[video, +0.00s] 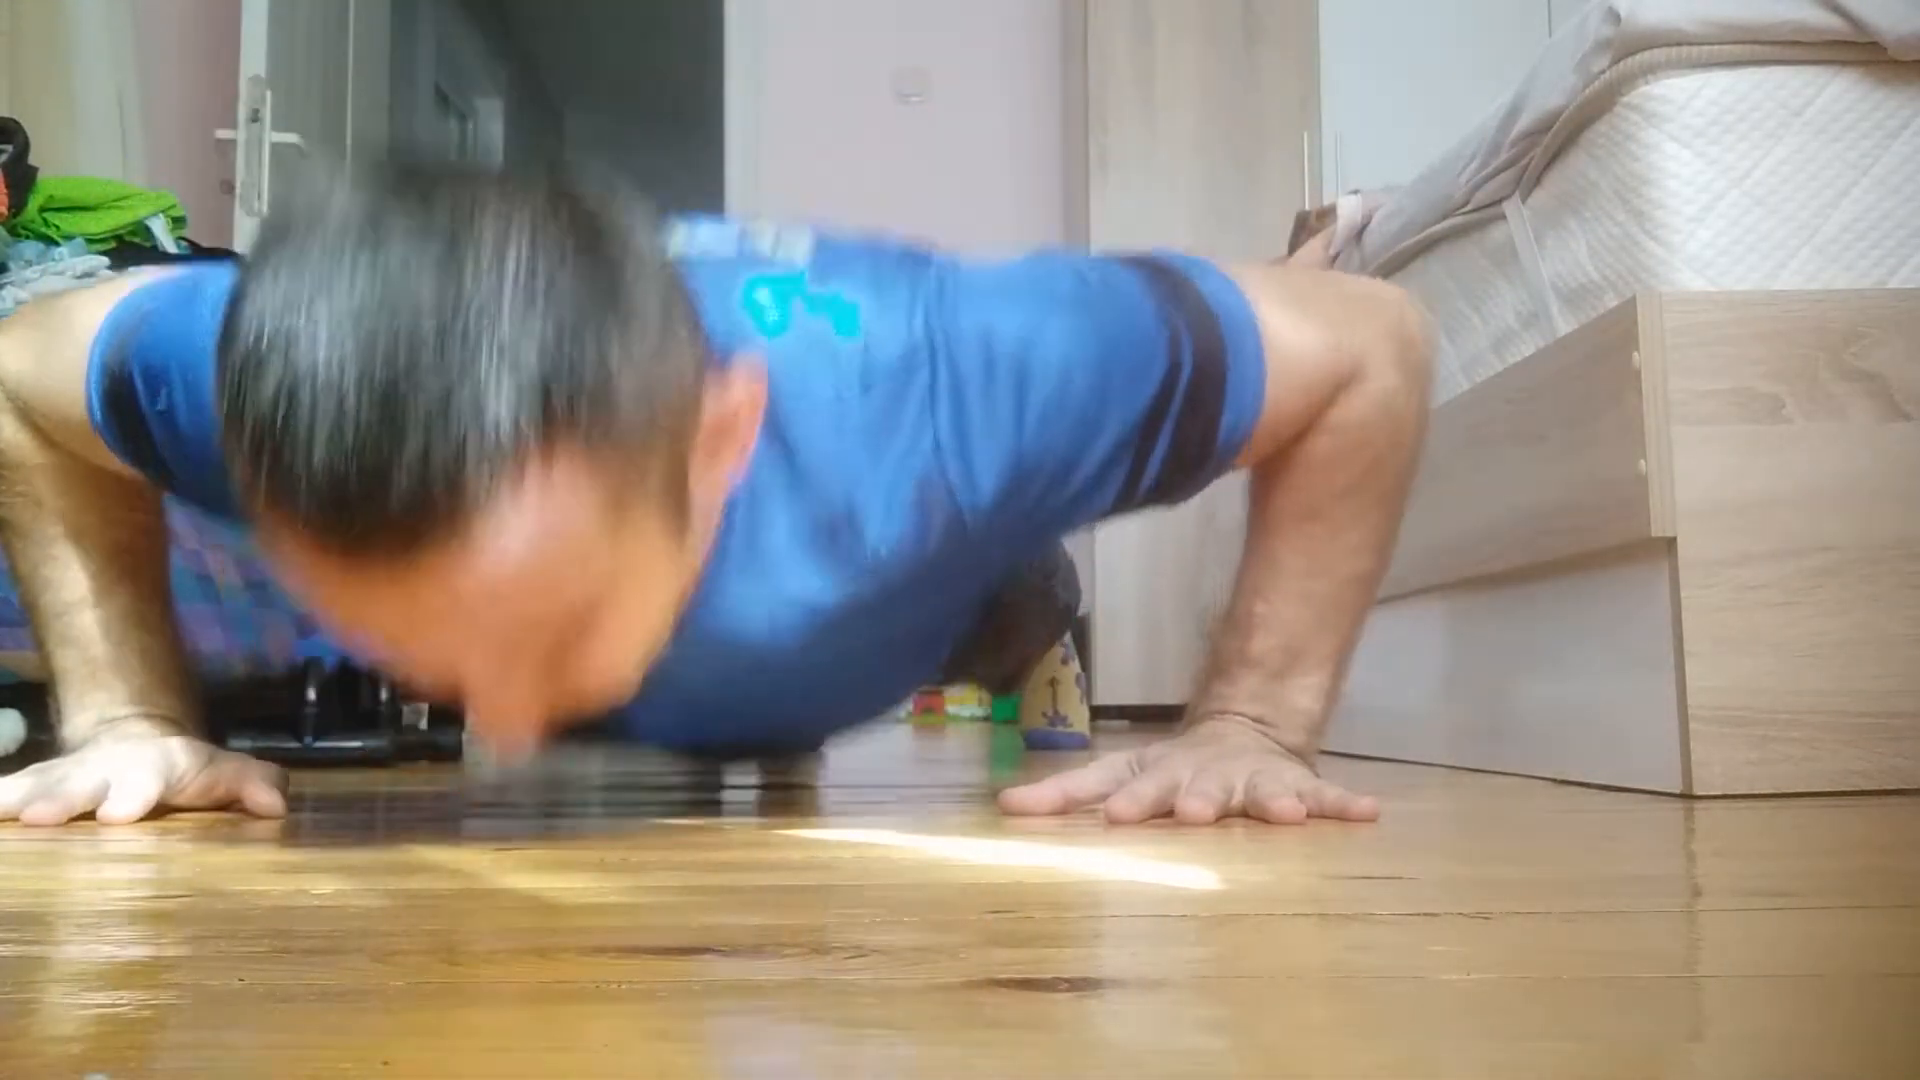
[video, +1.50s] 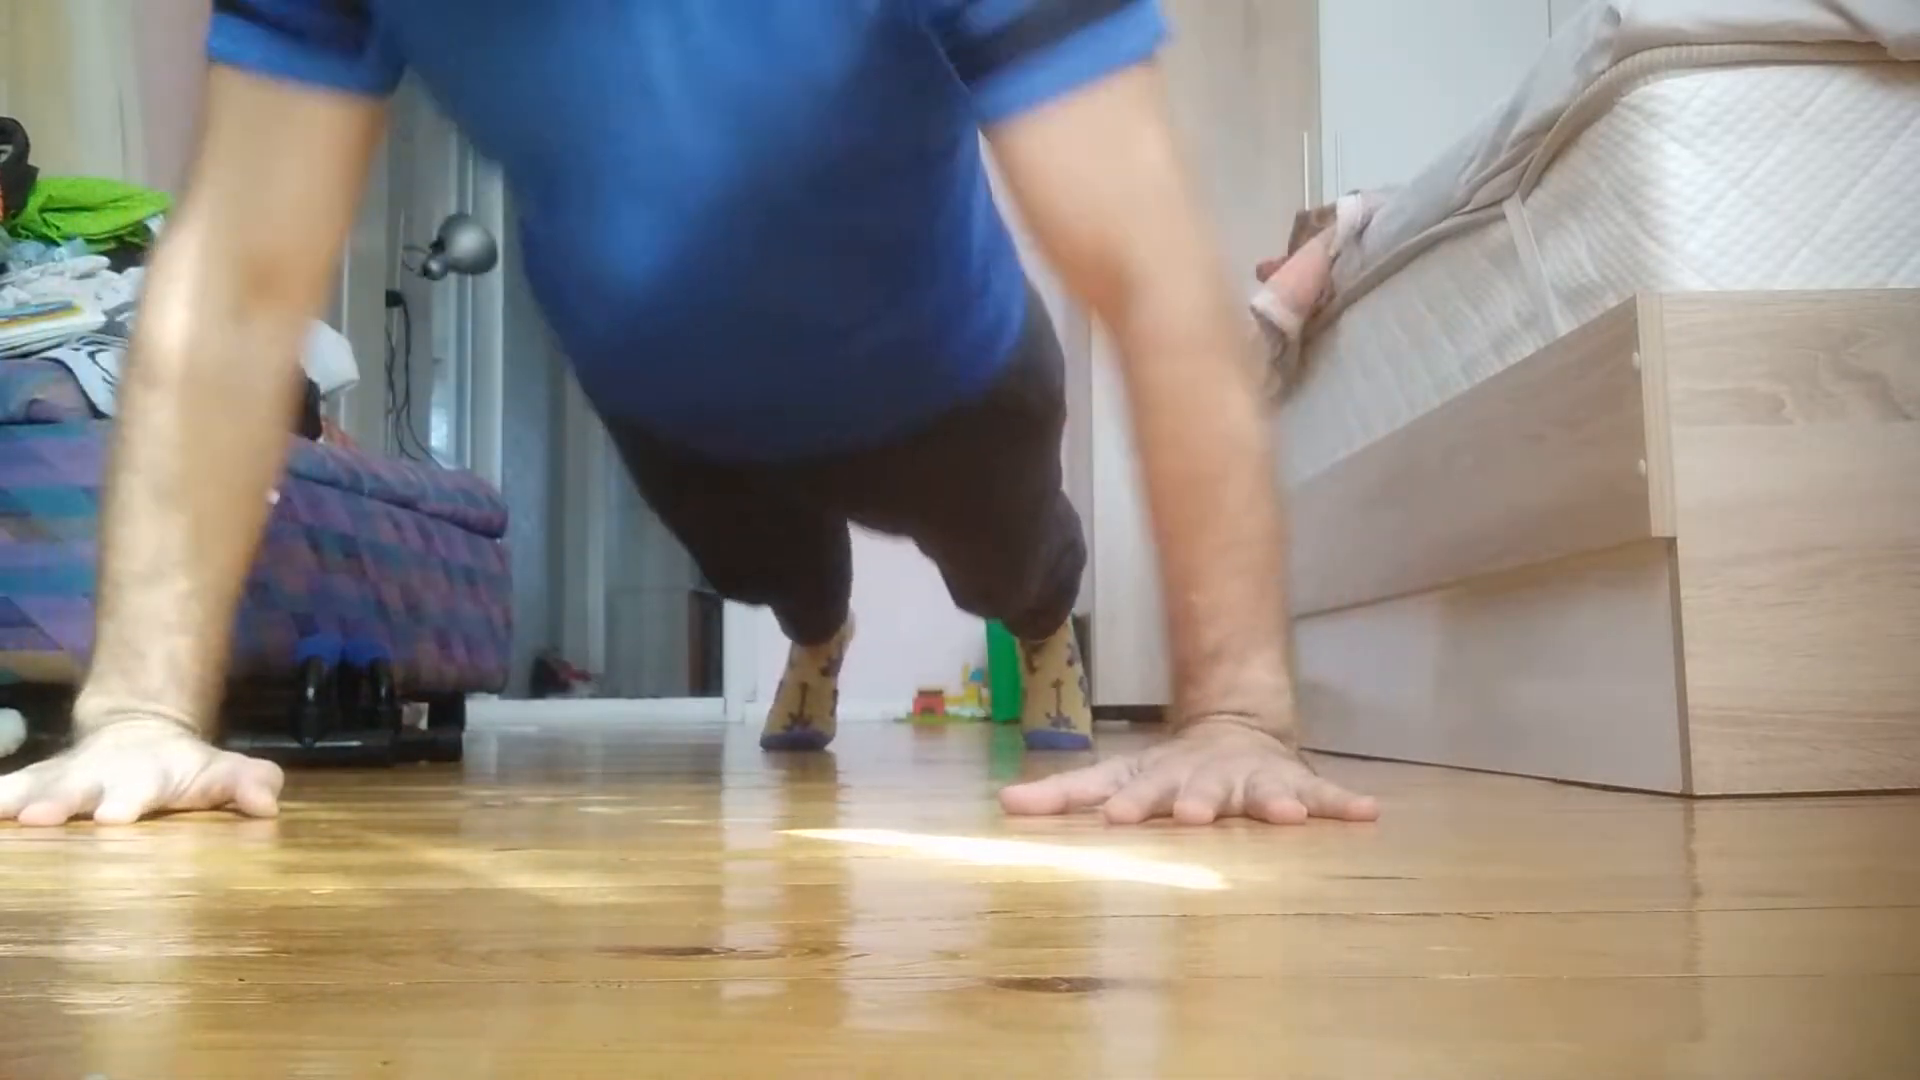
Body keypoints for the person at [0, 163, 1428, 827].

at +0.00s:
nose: (505, 738)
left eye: (563, 645)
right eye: (418, 673)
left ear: (722, 441)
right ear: (298, 518)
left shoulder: (943, 412)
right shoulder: (240, 379)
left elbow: (1372, 351)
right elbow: (30, 375)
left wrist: (1254, 723)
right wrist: (125, 718)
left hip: (890, 644)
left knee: (1010, 640)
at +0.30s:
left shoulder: (965, 12)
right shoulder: (307, 22)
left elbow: (1273, 295)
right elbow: (127, 334)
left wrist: (1250, 715)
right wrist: (139, 716)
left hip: (928, 415)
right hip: (674, 456)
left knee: (999, 571)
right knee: (764, 579)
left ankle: (1008, 627)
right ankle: (798, 640)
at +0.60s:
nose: (547, 14)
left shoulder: (960, 11)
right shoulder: (317, 15)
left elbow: (1263, 291)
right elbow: (150, 324)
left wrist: (1246, 717)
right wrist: (138, 717)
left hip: (922, 440)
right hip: (666, 480)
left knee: (1003, 585)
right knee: (765, 596)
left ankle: (1018, 615)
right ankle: (798, 644)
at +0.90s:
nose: (478, 774)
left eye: (544, 679)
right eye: (396, 701)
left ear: (706, 480)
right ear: (271, 533)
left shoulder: (936, 446)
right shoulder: (222, 412)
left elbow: (1346, 346)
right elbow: (26, 375)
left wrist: (1248, 723)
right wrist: (127, 717)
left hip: (923, 704)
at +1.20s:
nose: (527, 181)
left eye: (581, 90)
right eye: (461, 111)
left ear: (706, 6)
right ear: (385, 57)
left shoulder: (950, 73)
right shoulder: (298, 103)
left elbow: (1349, 338)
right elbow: (62, 371)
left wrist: (1254, 718)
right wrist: (134, 719)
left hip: (941, 455)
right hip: (693, 495)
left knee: (1012, 585)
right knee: (781, 595)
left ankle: (1021, 636)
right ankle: (810, 654)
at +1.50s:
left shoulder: (975, 12)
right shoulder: (345, 8)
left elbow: (1162, 282)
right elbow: (236, 278)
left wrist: (1241, 705)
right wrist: (146, 712)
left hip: (932, 384)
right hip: (675, 423)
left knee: (1008, 561)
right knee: (778, 566)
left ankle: (1022, 618)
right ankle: (817, 642)